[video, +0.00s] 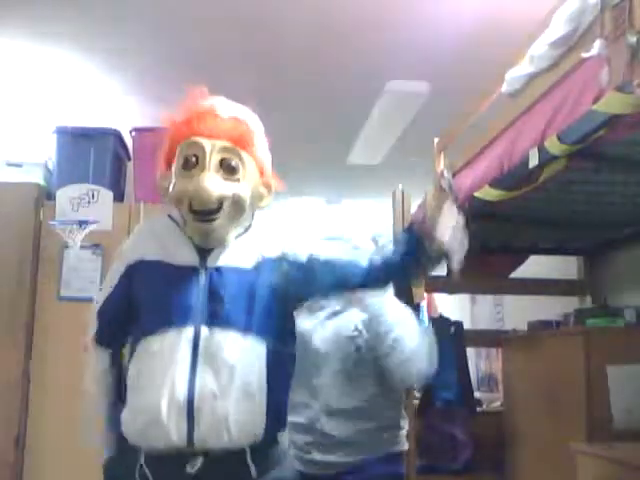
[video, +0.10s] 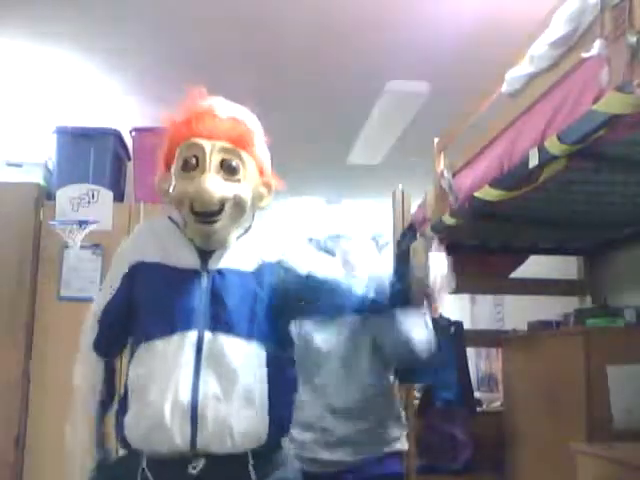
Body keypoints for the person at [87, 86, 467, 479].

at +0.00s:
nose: (207, 184)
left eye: (228, 168)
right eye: (190, 164)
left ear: (256, 190)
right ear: (169, 183)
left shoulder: (274, 271)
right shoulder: (143, 268)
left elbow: (368, 271)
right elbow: (107, 357)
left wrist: (422, 236)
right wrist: (114, 450)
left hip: (240, 464)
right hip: (148, 463)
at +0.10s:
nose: (207, 186)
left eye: (229, 167)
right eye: (190, 164)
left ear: (259, 188)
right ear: (170, 182)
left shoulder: (271, 267)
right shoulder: (144, 257)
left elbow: (355, 293)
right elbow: (97, 348)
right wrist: (91, 446)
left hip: (241, 465)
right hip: (149, 465)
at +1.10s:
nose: (152, 206)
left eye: (175, 185)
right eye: (134, 181)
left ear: (204, 202)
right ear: (104, 195)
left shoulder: (219, 263)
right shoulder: (78, 260)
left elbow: (286, 331)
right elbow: (41, 353)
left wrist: (306, 414)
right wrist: (22, 432)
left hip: (197, 464)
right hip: (100, 465)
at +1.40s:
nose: (161, 197)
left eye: (185, 179)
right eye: (146, 167)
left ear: (206, 194)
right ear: (110, 168)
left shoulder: (199, 245)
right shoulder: (73, 226)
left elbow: (226, 342)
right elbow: (13, 307)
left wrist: (302, 415)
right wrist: (58, 394)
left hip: (184, 440)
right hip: (94, 446)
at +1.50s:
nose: (156, 177)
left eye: (179, 161)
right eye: (139, 150)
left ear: (201, 172)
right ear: (108, 147)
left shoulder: (199, 219)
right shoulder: (68, 198)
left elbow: (222, 320)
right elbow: (10, 291)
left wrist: (265, 413)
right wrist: (24, 397)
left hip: (176, 424)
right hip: (76, 430)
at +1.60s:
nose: (143, 158)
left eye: (165, 139)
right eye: (124, 136)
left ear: (196, 150)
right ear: (94, 141)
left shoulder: (210, 212)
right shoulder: (68, 201)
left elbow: (231, 326)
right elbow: (13, 305)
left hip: (177, 433)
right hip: (78, 433)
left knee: (206, 467)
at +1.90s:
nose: (126, 188)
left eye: (149, 165)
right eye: (108, 167)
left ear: (190, 179)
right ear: (88, 180)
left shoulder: (216, 239)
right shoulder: (77, 247)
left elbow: (258, 328)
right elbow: (42, 350)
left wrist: (221, 398)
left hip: (193, 457)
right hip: (97, 459)